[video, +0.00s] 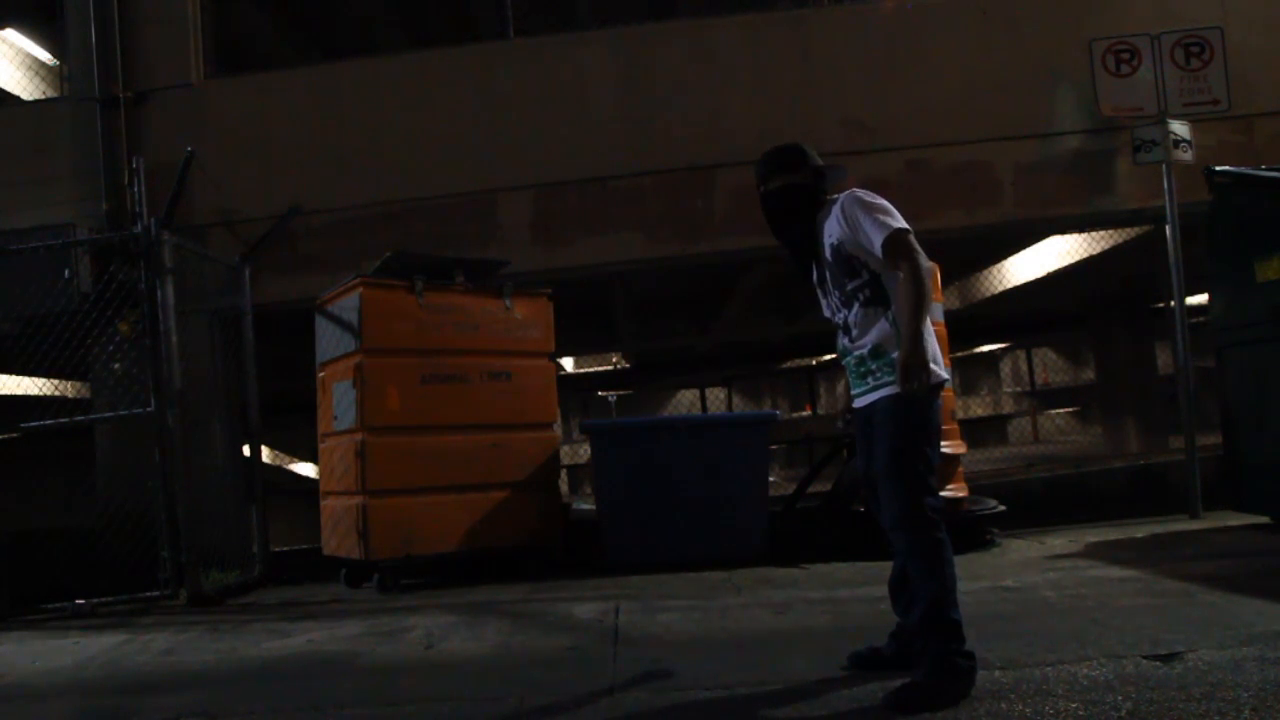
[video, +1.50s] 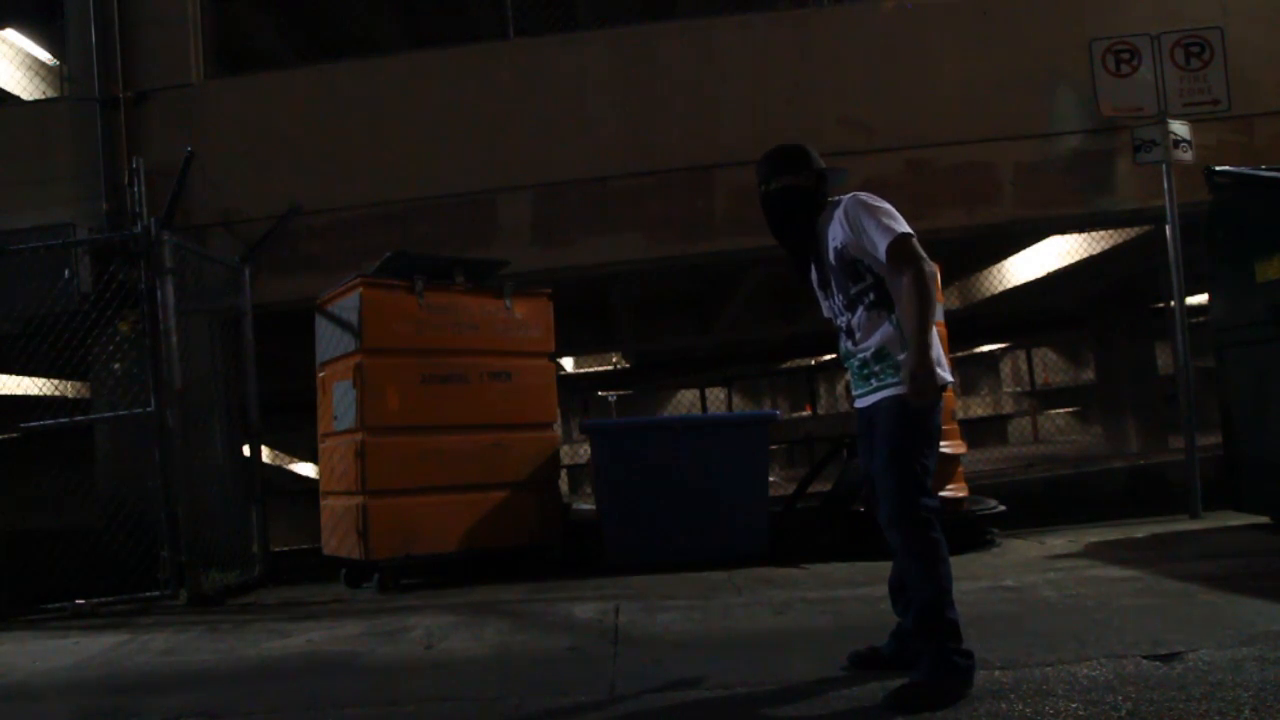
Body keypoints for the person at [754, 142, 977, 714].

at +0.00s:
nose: (773, 207)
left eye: (778, 193)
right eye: (768, 197)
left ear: (806, 182)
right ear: (784, 194)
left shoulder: (852, 206)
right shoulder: (823, 244)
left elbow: (912, 264)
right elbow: (861, 321)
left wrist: (912, 353)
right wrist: (860, 392)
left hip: (904, 393)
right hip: (876, 402)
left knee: (915, 520)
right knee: (897, 520)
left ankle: (947, 660)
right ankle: (914, 638)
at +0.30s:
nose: (773, 207)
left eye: (778, 192)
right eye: (769, 196)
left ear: (807, 181)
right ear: (786, 193)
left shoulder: (853, 206)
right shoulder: (824, 245)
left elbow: (910, 261)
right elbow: (860, 323)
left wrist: (906, 350)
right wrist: (860, 393)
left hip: (905, 391)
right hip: (876, 400)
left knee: (917, 520)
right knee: (898, 520)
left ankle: (946, 660)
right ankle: (913, 639)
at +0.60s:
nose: (777, 206)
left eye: (782, 191)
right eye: (771, 196)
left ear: (811, 181)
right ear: (784, 194)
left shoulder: (855, 206)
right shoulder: (827, 243)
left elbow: (914, 265)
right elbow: (865, 320)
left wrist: (912, 351)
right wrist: (865, 389)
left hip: (905, 393)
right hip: (878, 401)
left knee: (917, 521)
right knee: (899, 521)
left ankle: (946, 662)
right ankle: (914, 639)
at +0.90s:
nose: (777, 205)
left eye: (783, 190)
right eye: (773, 195)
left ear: (813, 180)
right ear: (789, 192)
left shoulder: (856, 206)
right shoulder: (828, 243)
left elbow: (915, 266)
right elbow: (867, 314)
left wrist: (911, 352)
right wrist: (866, 381)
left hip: (906, 392)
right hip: (879, 399)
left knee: (916, 519)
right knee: (899, 520)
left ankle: (946, 660)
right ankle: (914, 639)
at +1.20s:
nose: (777, 204)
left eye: (784, 189)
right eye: (772, 193)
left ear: (814, 180)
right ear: (787, 192)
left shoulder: (859, 208)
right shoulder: (825, 251)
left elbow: (918, 268)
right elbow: (861, 322)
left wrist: (912, 347)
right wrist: (862, 384)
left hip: (906, 391)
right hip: (876, 399)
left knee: (910, 517)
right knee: (896, 518)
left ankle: (945, 659)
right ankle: (913, 638)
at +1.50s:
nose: (770, 209)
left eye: (776, 194)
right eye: (766, 197)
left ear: (806, 185)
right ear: (783, 196)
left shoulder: (855, 210)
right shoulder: (821, 257)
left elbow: (918, 271)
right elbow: (858, 330)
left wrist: (920, 363)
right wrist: (865, 394)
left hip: (906, 393)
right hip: (875, 402)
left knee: (912, 518)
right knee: (896, 519)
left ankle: (945, 660)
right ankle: (914, 639)